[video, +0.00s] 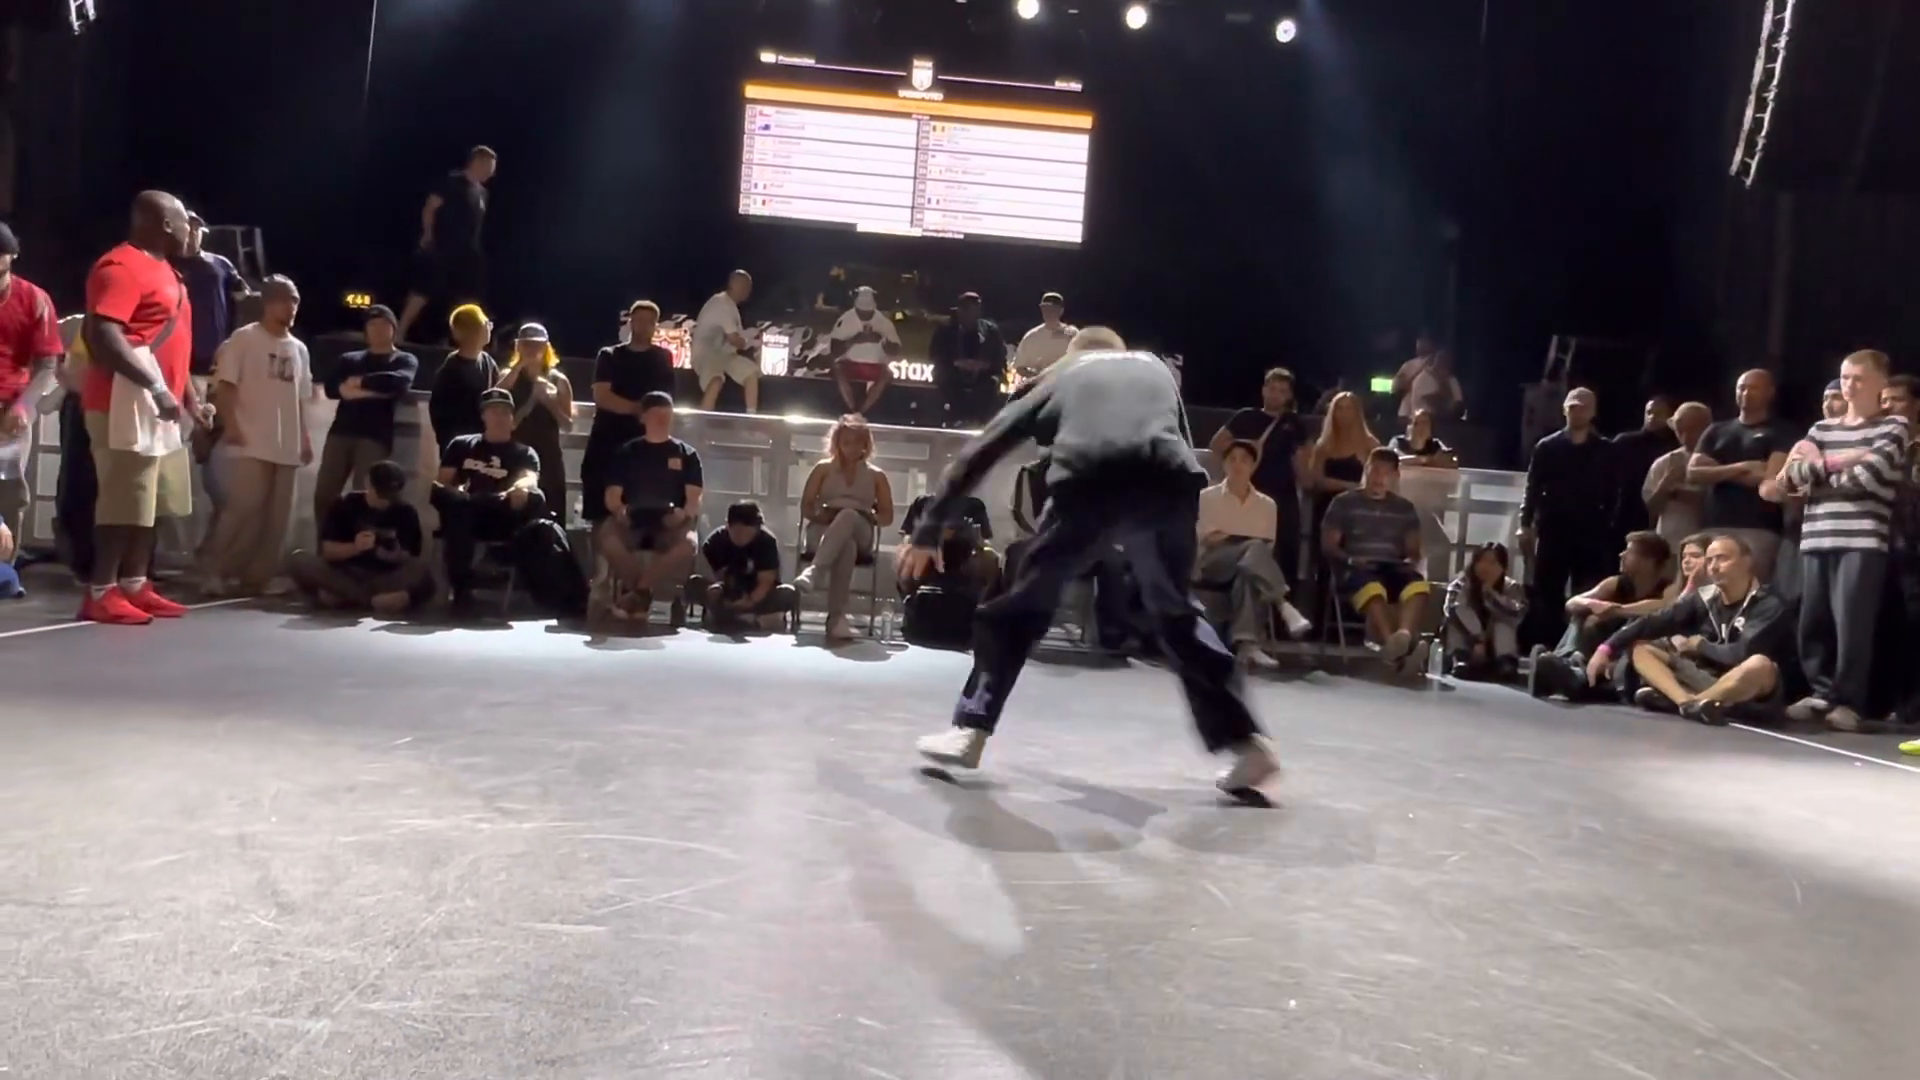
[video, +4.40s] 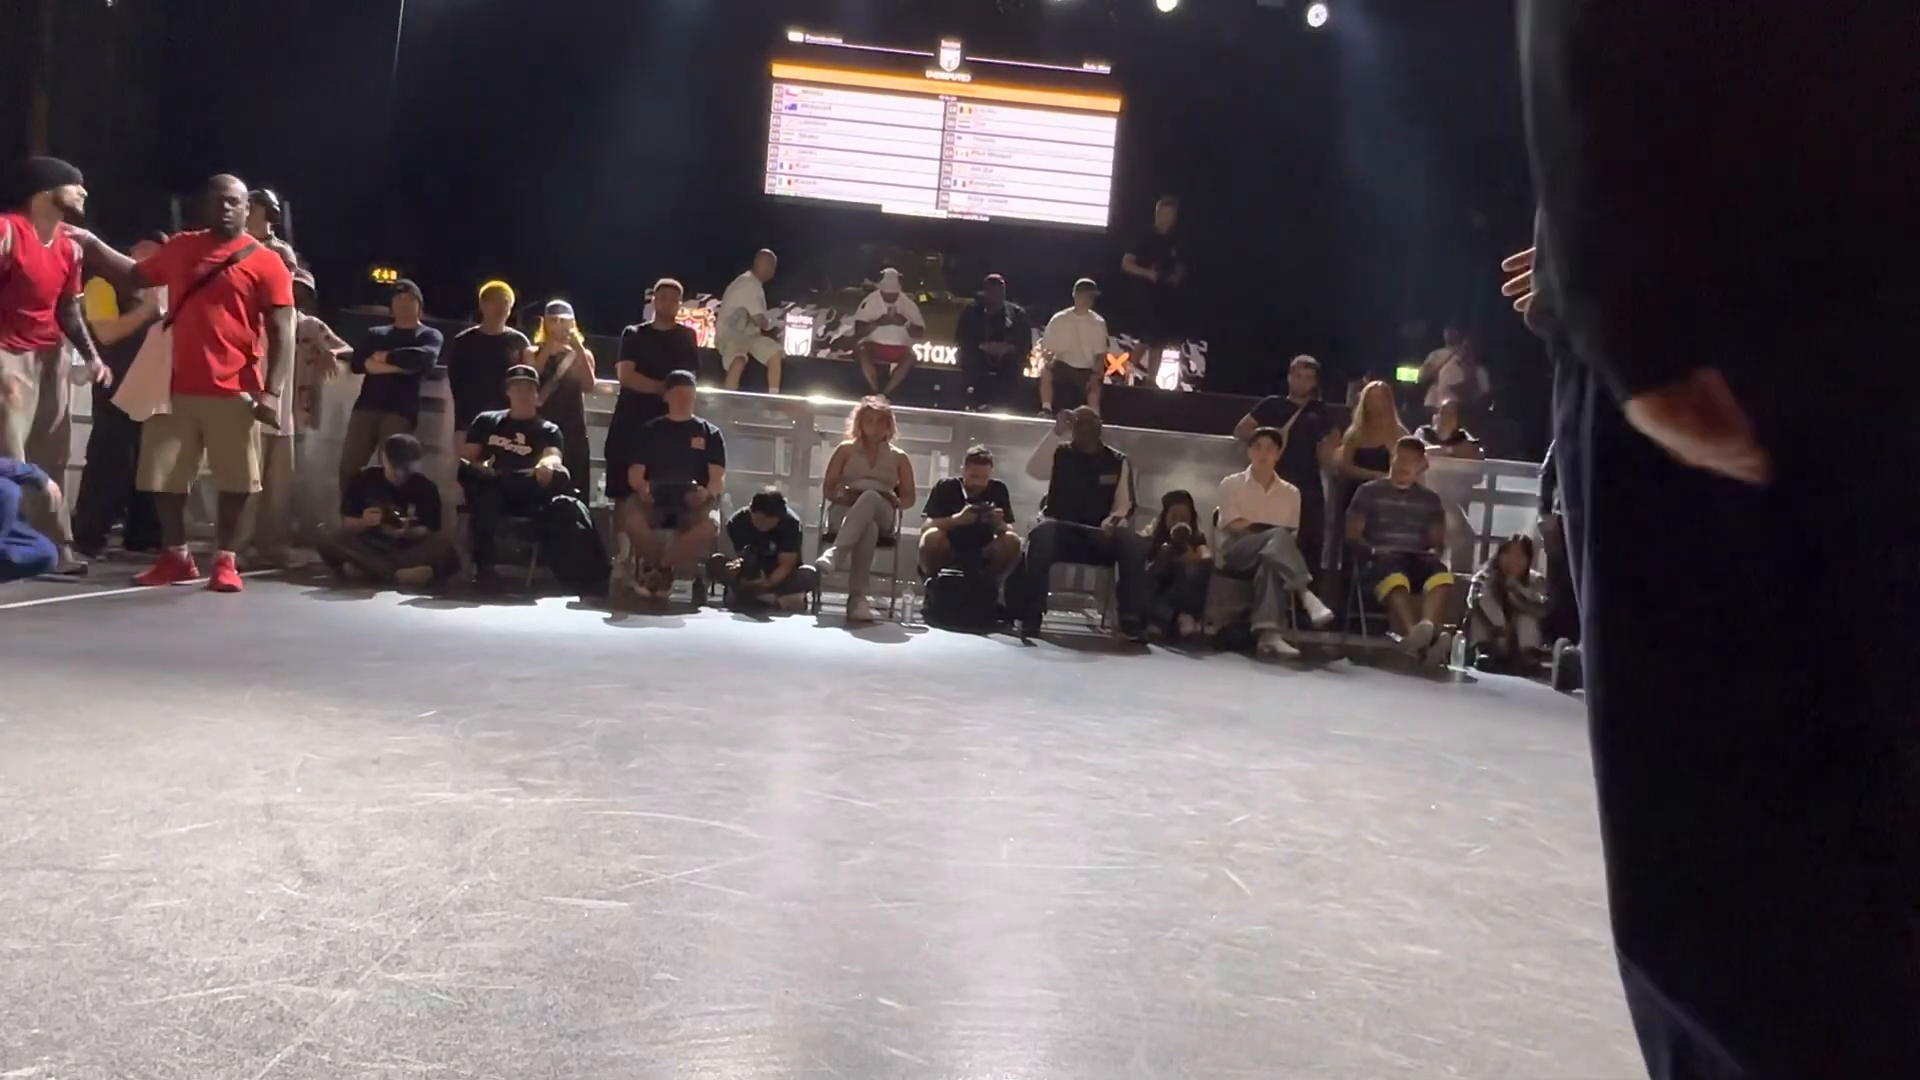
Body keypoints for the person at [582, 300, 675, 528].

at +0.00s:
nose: (644, 326)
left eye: (649, 322)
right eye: (639, 320)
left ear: (655, 326)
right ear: (630, 322)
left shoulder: (662, 357)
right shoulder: (609, 354)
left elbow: (665, 402)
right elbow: (601, 397)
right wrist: (638, 409)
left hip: (646, 440)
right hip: (608, 439)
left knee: (642, 507)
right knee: (600, 510)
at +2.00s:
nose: (671, 305)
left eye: (675, 300)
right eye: (665, 299)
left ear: (679, 303)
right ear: (654, 301)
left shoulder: (686, 335)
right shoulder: (633, 333)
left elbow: (689, 380)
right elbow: (625, 375)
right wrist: (663, 388)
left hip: (669, 418)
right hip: (632, 416)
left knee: (666, 485)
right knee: (623, 488)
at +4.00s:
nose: (668, 303)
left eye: (674, 298)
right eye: (663, 297)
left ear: (679, 304)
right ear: (654, 301)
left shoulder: (687, 336)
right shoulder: (633, 333)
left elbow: (689, 381)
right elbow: (625, 376)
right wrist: (664, 389)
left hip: (668, 422)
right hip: (631, 419)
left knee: (665, 489)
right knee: (623, 491)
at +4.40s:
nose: (668, 303)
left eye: (673, 299)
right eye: (663, 298)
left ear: (679, 304)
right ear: (654, 301)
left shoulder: (686, 336)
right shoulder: (633, 333)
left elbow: (688, 382)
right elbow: (625, 376)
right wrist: (664, 388)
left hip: (669, 421)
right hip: (631, 418)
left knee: (665, 490)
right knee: (624, 491)